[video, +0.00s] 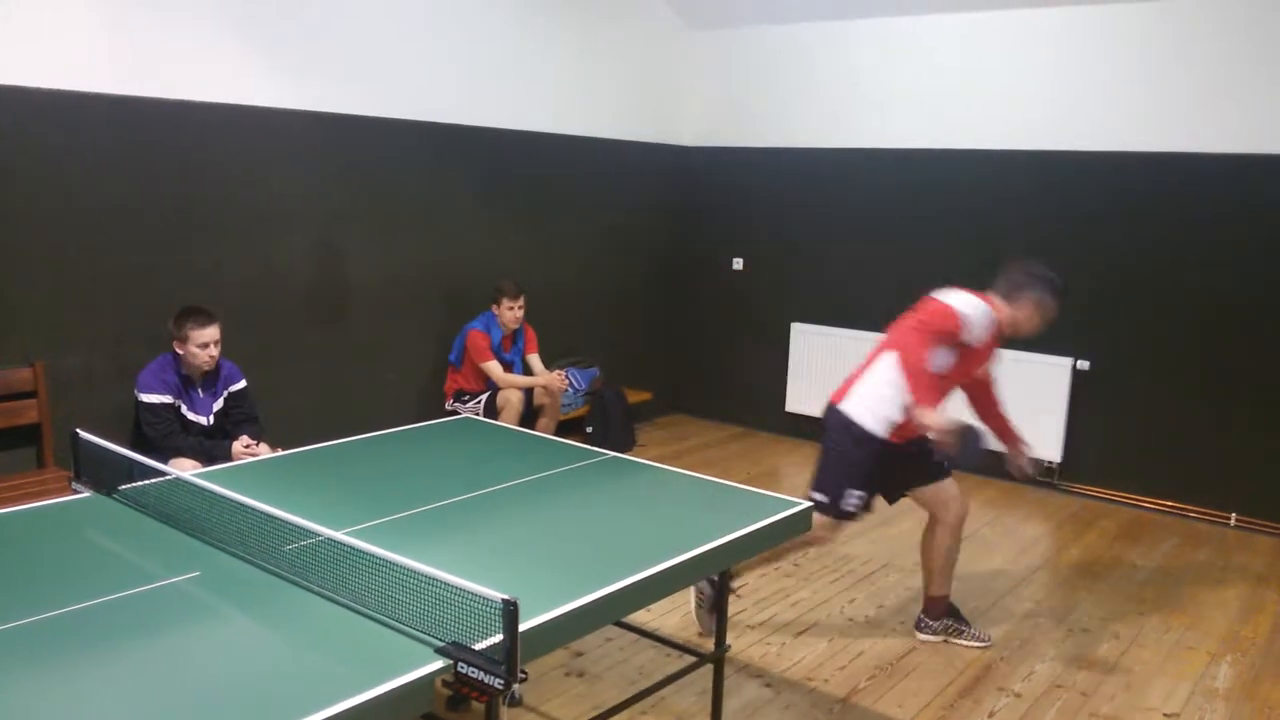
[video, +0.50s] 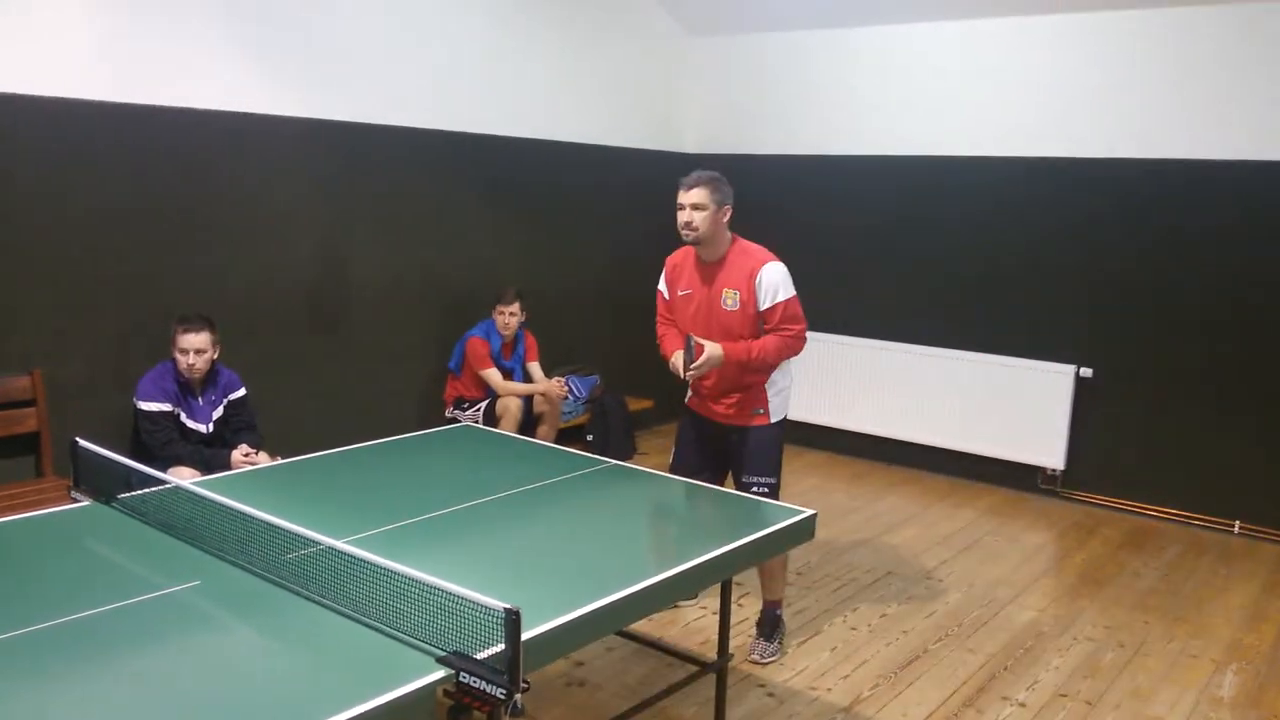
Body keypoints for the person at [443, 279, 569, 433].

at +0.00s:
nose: (517, 314)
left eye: (520, 308)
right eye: (510, 309)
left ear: (525, 308)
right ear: (495, 309)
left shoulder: (525, 332)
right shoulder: (476, 333)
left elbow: (540, 371)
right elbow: (500, 380)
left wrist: (553, 380)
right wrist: (545, 381)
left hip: (498, 394)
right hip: (462, 400)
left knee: (552, 395)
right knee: (514, 397)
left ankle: (540, 455)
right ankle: (501, 455)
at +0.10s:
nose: (517, 316)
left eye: (520, 310)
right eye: (510, 311)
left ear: (525, 309)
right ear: (496, 311)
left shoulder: (525, 333)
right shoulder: (476, 335)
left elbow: (540, 372)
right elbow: (501, 382)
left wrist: (553, 381)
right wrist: (545, 383)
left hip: (498, 395)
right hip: (463, 402)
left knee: (552, 396)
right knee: (514, 398)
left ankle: (540, 457)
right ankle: (501, 457)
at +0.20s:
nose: (520, 315)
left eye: (523, 309)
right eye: (513, 310)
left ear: (527, 308)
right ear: (498, 310)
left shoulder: (528, 333)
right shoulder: (479, 334)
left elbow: (542, 372)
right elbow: (503, 381)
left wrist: (556, 380)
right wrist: (548, 382)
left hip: (501, 395)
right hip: (465, 401)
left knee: (554, 395)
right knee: (516, 398)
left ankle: (543, 456)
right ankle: (505, 456)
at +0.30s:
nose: (517, 316)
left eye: (521, 309)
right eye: (511, 310)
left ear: (525, 309)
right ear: (496, 310)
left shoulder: (525, 333)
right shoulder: (477, 335)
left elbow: (540, 373)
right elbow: (501, 381)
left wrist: (554, 381)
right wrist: (545, 382)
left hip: (499, 395)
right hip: (463, 401)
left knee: (552, 396)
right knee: (514, 398)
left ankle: (539, 456)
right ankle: (500, 455)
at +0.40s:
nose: (504, 320)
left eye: (510, 314)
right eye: (499, 313)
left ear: (520, 316)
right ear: (491, 314)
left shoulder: (523, 339)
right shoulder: (474, 340)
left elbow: (538, 379)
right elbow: (498, 388)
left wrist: (552, 387)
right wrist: (542, 388)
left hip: (496, 401)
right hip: (461, 407)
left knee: (550, 403)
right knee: (510, 405)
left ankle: (536, 463)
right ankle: (498, 462)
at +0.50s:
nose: (506, 320)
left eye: (512, 315)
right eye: (501, 314)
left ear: (522, 317)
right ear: (494, 315)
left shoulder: (526, 339)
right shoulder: (477, 341)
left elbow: (539, 379)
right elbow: (500, 388)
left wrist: (553, 387)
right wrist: (545, 388)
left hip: (499, 401)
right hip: (463, 407)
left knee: (551, 403)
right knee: (513, 405)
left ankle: (539, 464)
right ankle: (501, 463)